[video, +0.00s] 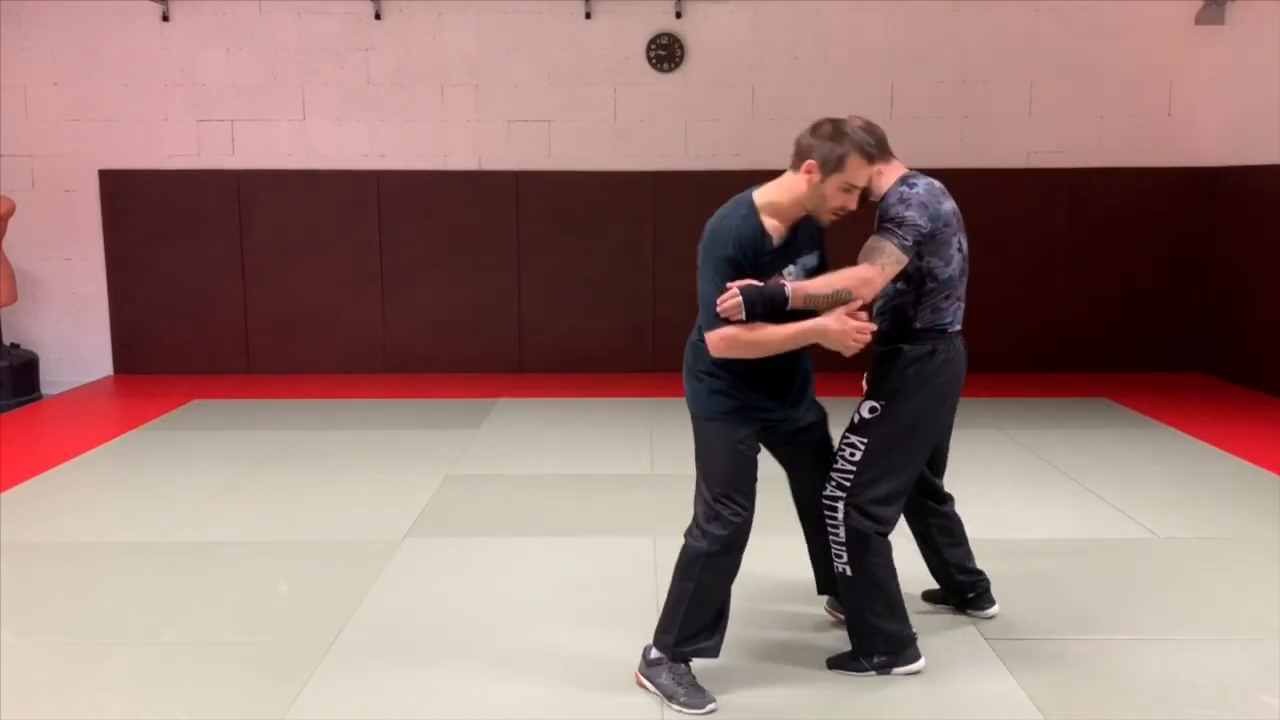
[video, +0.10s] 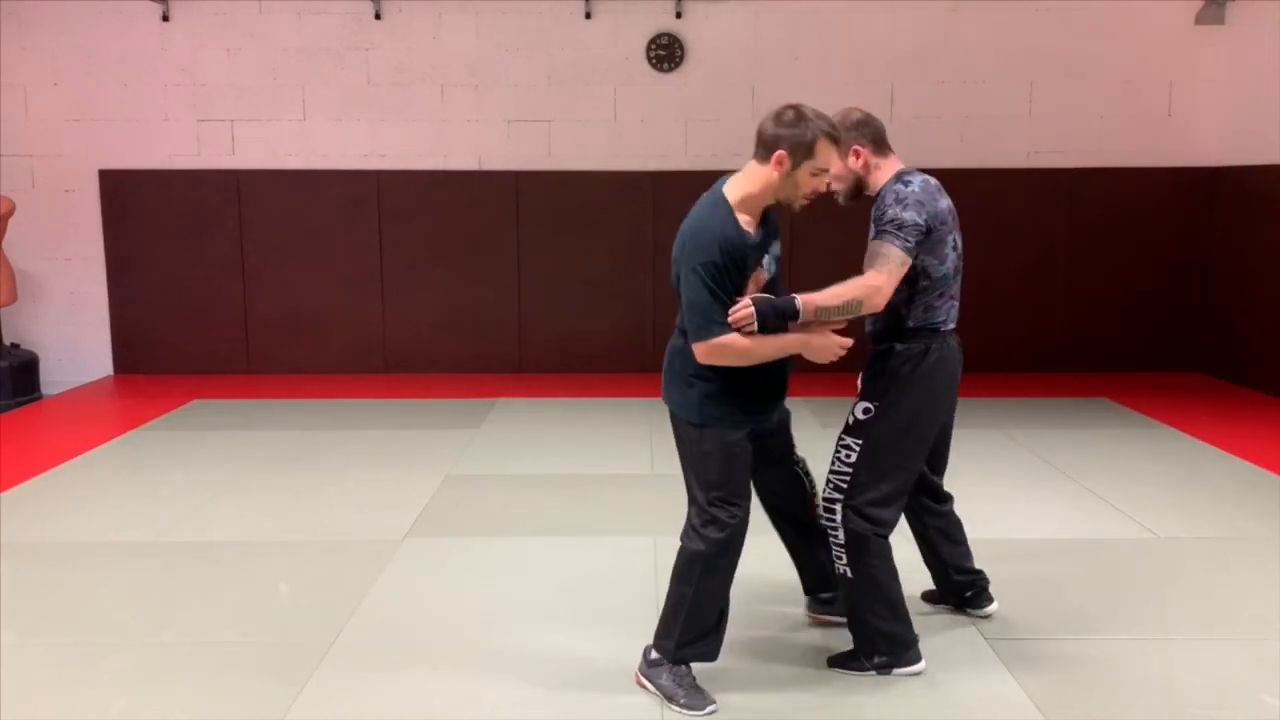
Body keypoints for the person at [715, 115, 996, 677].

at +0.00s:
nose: (845, 192)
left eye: (843, 179)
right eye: (838, 180)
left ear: (857, 163)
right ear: (885, 149)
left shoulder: (911, 202)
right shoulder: (920, 193)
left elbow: (865, 281)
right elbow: (881, 286)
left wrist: (771, 296)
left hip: (915, 366)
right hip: (933, 361)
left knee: (847, 500)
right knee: (920, 484)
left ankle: (886, 646)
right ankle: (967, 587)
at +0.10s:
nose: (828, 178)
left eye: (832, 165)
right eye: (825, 167)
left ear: (860, 155)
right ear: (870, 155)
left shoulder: (902, 199)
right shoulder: (920, 190)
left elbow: (875, 289)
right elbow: (889, 293)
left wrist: (786, 309)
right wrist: (812, 316)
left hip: (909, 363)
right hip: (932, 358)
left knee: (846, 504)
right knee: (921, 485)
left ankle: (888, 648)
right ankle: (965, 586)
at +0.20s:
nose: (821, 170)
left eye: (825, 157)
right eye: (818, 159)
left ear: (859, 146)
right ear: (864, 146)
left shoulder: (899, 196)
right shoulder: (912, 186)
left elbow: (887, 295)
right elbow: (885, 291)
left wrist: (796, 313)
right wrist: (809, 304)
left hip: (903, 361)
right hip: (926, 355)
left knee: (849, 503)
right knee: (915, 482)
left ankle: (888, 648)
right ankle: (959, 582)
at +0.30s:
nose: (818, 157)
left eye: (822, 144)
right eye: (816, 146)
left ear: (857, 136)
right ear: (860, 136)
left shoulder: (896, 188)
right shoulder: (895, 182)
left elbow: (897, 290)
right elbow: (902, 289)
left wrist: (803, 319)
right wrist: (863, 346)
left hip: (897, 357)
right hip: (908, 351)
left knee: (857, 504)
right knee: (894, 476)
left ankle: (887, 647)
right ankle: (943, 570)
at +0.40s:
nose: (813, 149)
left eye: (818, 136)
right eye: (811, 137)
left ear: (853, 129)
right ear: (857, 129)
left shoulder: (890, 182)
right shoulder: (888, 177)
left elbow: (896, 285)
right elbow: (895, 280)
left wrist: (804, 330)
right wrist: (853, 339)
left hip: (892, 350)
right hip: (899, 345)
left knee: (861, 501)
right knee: (885, 476)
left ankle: (887, 647)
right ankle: (917, 564)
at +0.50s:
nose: (807, 146)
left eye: (812, 133)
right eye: (806, 134)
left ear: (848, 126)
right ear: (850, 127)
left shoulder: (884, 179)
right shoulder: (879, 174)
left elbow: (890, 281)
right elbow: (883, 278)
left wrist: (810, 336)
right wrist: (840, 338)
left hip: (886, 346)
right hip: (882, 343)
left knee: (865, 491)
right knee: (868, 481)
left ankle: (888, 645)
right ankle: (888, 584)